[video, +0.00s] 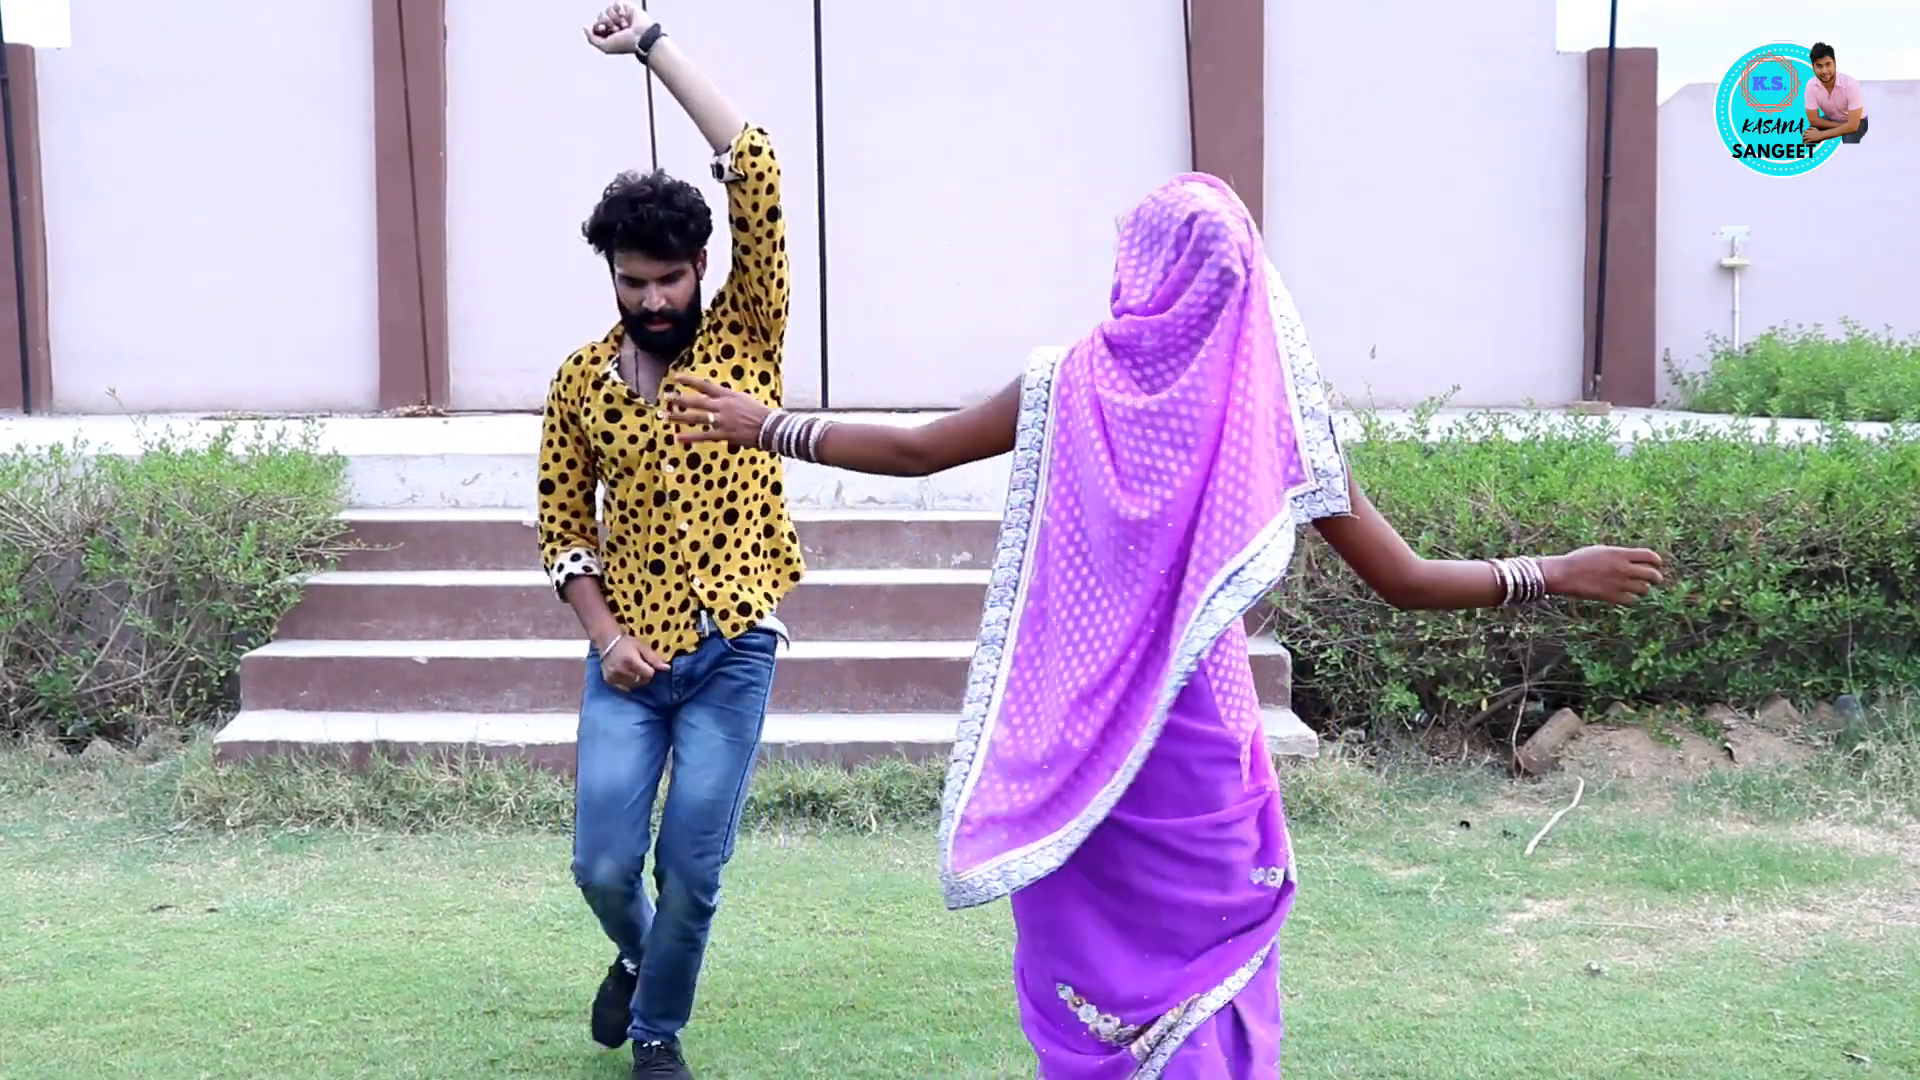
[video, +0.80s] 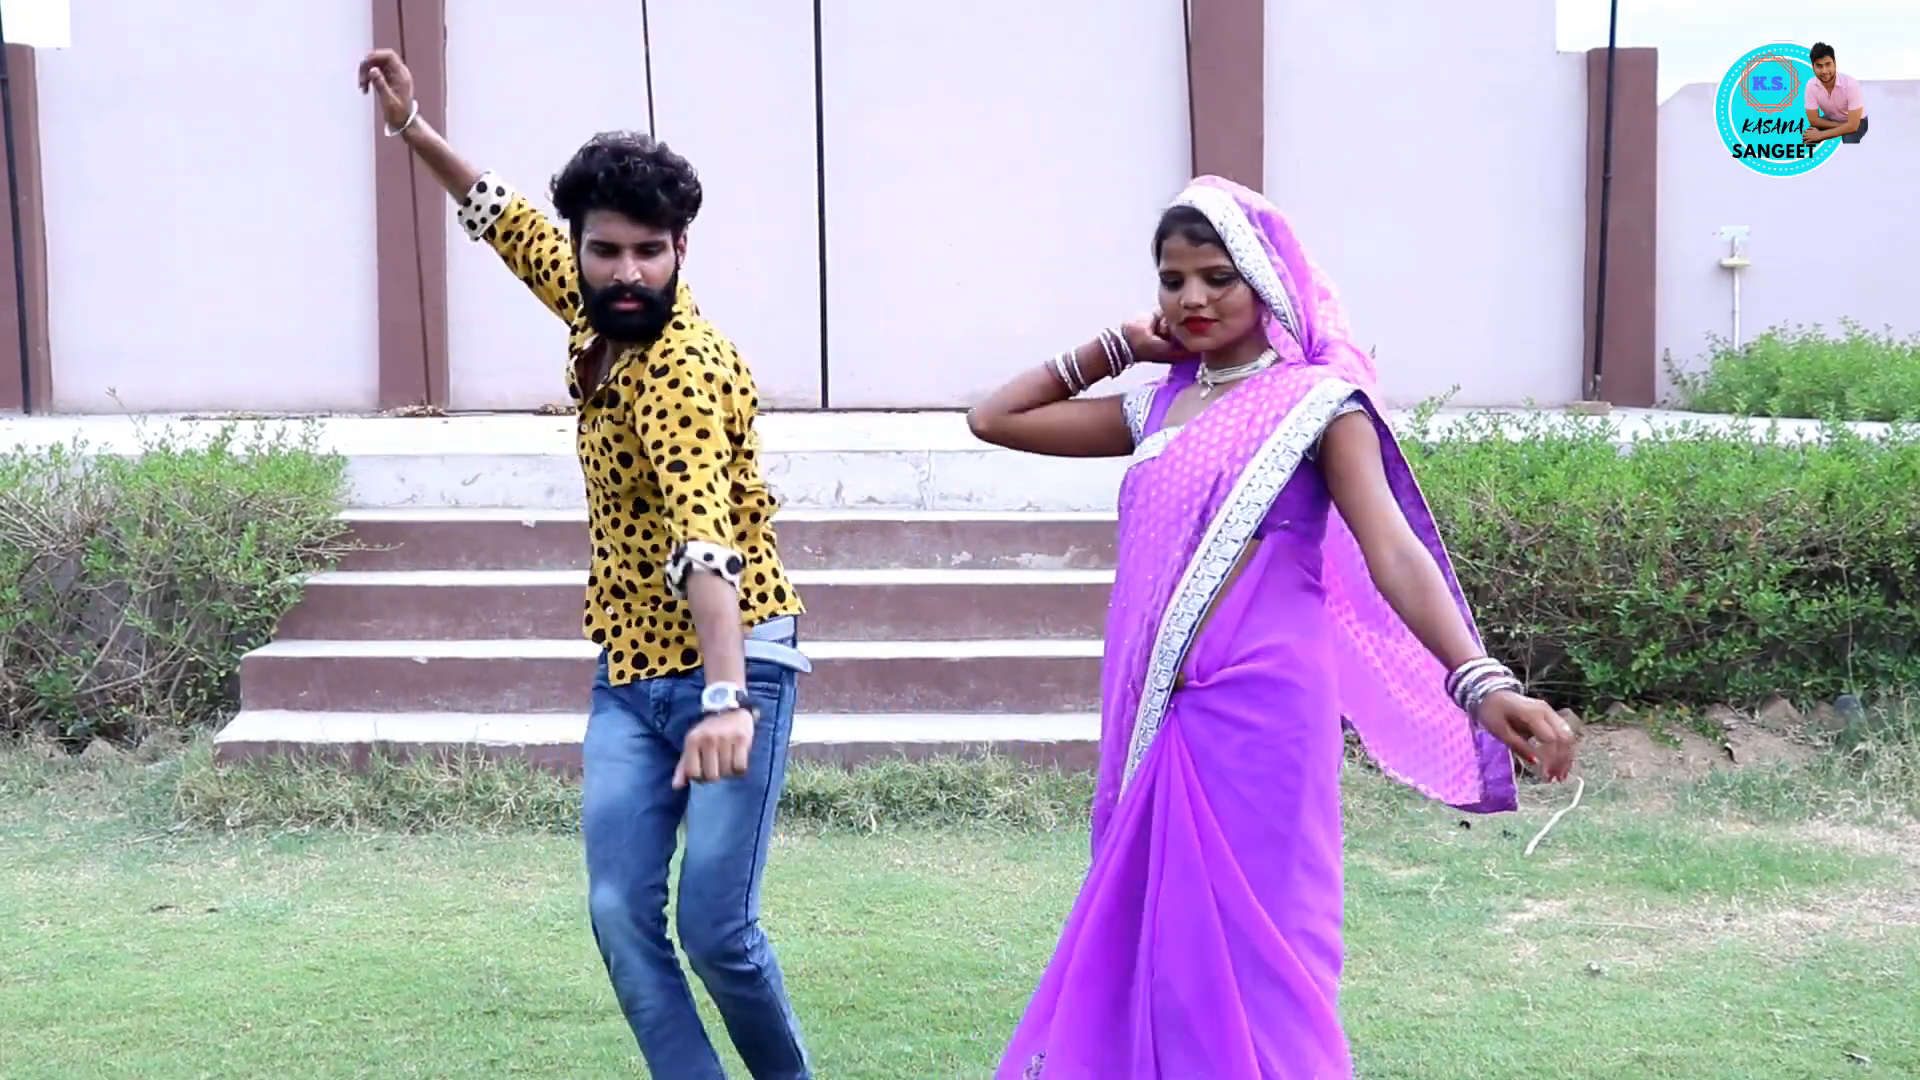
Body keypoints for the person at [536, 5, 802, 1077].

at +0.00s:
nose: (654, 301)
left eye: (670, 281)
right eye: (634, 284)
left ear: (703, 268)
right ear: (609, 274)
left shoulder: (746, 342)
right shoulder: (584, 380)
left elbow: (753, 165)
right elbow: (562, 526)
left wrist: (652, 48)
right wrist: (605, 634)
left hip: (733, 654)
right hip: (627, 660)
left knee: (689, 875)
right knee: (602, 869)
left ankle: (660, 1039)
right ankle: (643, 953)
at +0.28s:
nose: (601, 263)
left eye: (619, 241)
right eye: (582, 247)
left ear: (662, 233)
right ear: (560, 249)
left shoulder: (703, 308)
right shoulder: (560, 360)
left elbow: (680, 136)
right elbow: (543, 482)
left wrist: (612, 3)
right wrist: (521, 526)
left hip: (720, 647)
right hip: (606, 649)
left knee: (698, 890)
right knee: (595, 875)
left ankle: (657, 1022)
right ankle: (589, 1074)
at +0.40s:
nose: (599, 289)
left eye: (615, 267)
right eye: (575, 273)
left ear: (646, 268)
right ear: (549, 280)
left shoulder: (687, 358)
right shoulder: (551, 393)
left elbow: (653, 237)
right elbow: (509, 515)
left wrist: (599, 109)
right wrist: (442, 499)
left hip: (716, 682)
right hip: (599, 682)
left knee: (721, 932)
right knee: (585, 902)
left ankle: (684, 1018)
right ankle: (599, 1074)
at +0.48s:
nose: (588, 298)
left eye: (605, 276)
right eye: (567, 281)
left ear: (638, 275)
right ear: (544, 291)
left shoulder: (682, 361)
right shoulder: (554, 403)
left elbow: (656, 323)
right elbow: (487, 498)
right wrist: (397, 454)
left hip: (720, 692)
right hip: (601, 692)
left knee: (725, 935)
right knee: (580, 906)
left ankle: (727, 1041)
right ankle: (598, 1073)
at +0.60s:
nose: (602, 274)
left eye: (622, 253)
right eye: (579, 253)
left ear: (653, 253)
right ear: (551, 258)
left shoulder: (669, 331)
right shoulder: (554, 361)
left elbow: (656, 389)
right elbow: (463, 387)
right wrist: (383, 329)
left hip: (734, 660)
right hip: (618, 666)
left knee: (733, 904)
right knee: (592, 895)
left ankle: (764, 1071)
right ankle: (608, 1073)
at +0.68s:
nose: (612, 261)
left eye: (633, 239)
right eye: (589, 240)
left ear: (664, 237)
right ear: (559, 241)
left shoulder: (675, 333)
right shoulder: (565, 323)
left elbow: (667, 444)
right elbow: (471, 301)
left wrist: (670, 545)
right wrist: (387, 235)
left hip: (740, 650)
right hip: (626, 656)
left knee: (740, 901)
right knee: (601, 881)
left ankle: (787, 1070)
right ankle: (641, 1074)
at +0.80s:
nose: (629, 273)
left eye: (652, 251)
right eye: (608, 249)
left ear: (683, 251)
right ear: (576, 251)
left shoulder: (685, 366)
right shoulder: (593, 321)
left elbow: (706, 536)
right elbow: (512, 228)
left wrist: (725, 696)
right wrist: (415, 127)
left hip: (736, 668)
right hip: (631, 670)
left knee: (714, 924)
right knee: (620, 916)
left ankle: (786, 1072)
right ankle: (695, 1079)